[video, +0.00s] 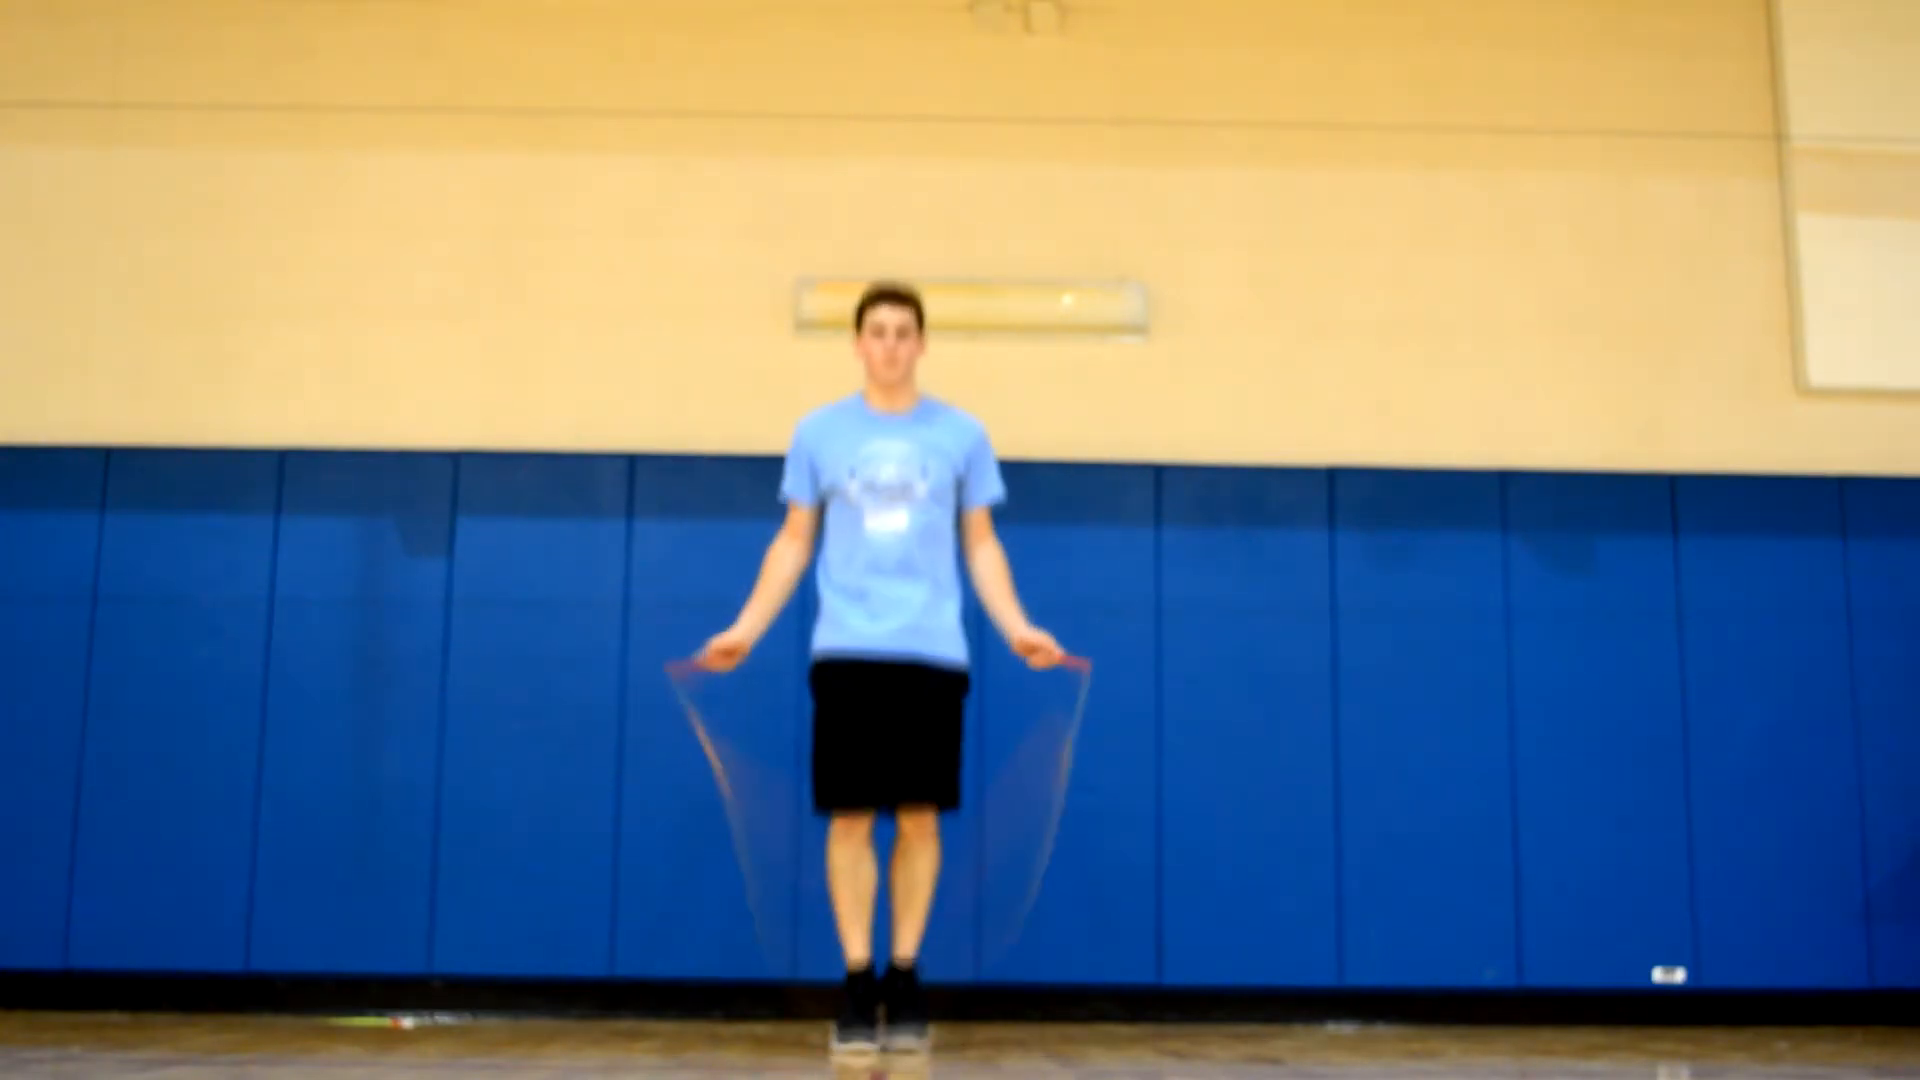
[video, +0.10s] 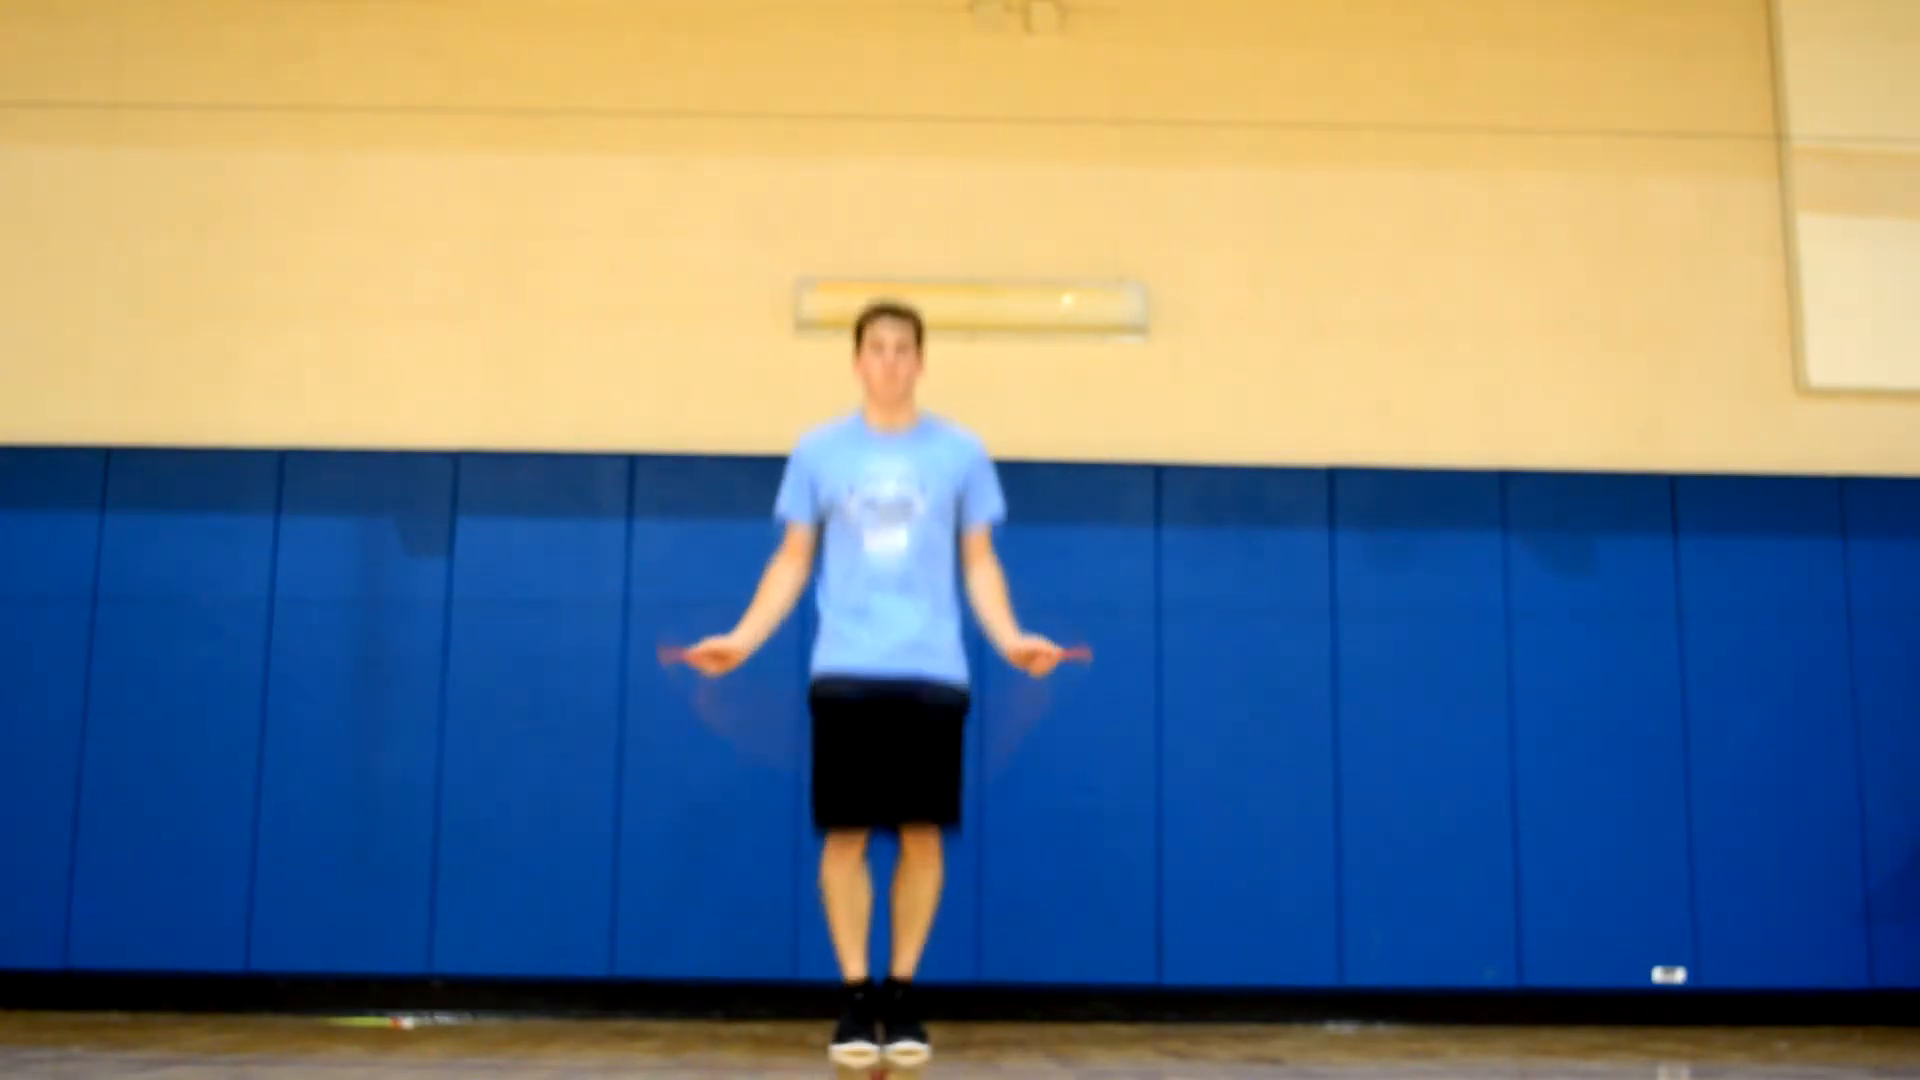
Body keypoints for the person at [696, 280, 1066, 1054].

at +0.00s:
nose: (891, 347)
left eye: (904, 334)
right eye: (879, 333)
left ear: (922, 344)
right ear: (857, 343)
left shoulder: (960, 434)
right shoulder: (821, 432)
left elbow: (981, 543)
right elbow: (794, 539)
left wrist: (1017, 627)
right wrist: (745, 629)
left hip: (933, 650)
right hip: (847, 648)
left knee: (918, 816)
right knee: (850, 816)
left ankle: (904, 980)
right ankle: (858, 983)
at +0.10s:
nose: (891, 362)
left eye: (903, 350)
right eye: (878, 349)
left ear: (922, 361)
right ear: (856, 361)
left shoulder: (960, 451)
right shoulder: (821, 449)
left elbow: (979, 560)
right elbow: (792, 558)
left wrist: (1010, 638)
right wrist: (741, 639)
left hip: (932, 670)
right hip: (845, 669)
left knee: (922, 834)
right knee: (845, 834)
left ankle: (901, 999)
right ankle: (856, 1000)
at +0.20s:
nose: (889, 391)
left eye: (901, 378)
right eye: (876, 377)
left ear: (920, 389)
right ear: (855, 387)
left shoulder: (960, 481)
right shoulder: (819, 479)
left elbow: (977, 585)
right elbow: (791, 582)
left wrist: (1006, 650)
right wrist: (736, 649)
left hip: (933, 703)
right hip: (843, 700)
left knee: (929, 858)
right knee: (836, 854)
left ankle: (901, 1004)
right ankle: (857, 1005)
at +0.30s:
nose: (887, 399)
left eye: (900, 387)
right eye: (875, 386)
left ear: (919, 399)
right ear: (855, 399)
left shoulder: (960, 492)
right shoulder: (819, 490)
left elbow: (975, 592)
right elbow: (789, 591)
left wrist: (1005, 654)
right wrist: (735, 649)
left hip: (934, 713)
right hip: (841, 711)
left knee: (935, 864)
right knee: (829, 862)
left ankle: (899, 1006)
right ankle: (858, 1006)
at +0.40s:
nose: (888, 386)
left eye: (901, 373)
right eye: (876, 372)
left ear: (919, 385)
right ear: (854, 383)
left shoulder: (959, 475)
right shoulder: (818, 473)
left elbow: (978, 576)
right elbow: (789, 571)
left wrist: (1006, 643)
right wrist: (742, 639)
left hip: (933, 699)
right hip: (844, 697)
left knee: (929, 849)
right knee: (838, 848)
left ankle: (904, 998)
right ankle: (858, 1000)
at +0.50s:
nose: (887, 361)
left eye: (900, 348)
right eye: (874, 347)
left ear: (919, 357)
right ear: (854, 355)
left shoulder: (957, 443)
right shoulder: (819, 442)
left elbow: (980, 548)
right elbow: (789, 546)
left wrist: (1008, 629)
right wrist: (749, 624)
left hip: (931, 664)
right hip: (845, 664)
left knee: (922, 822)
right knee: (849, 821)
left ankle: (905, 985)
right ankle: (857, 987)